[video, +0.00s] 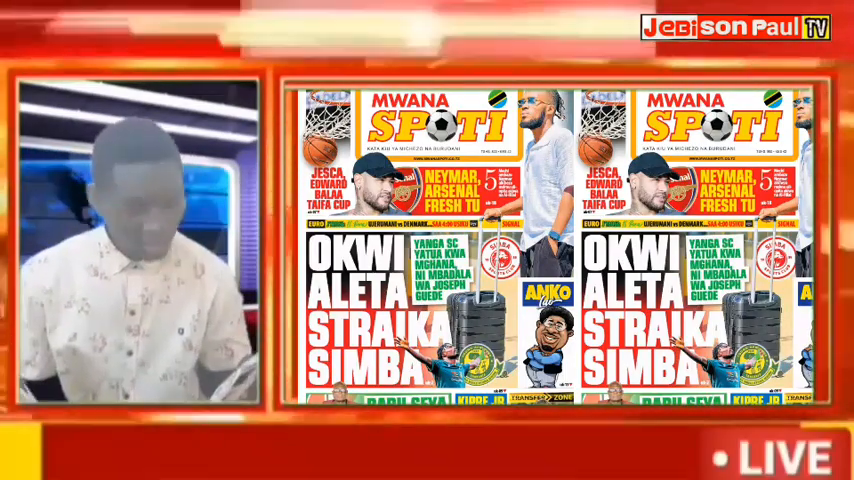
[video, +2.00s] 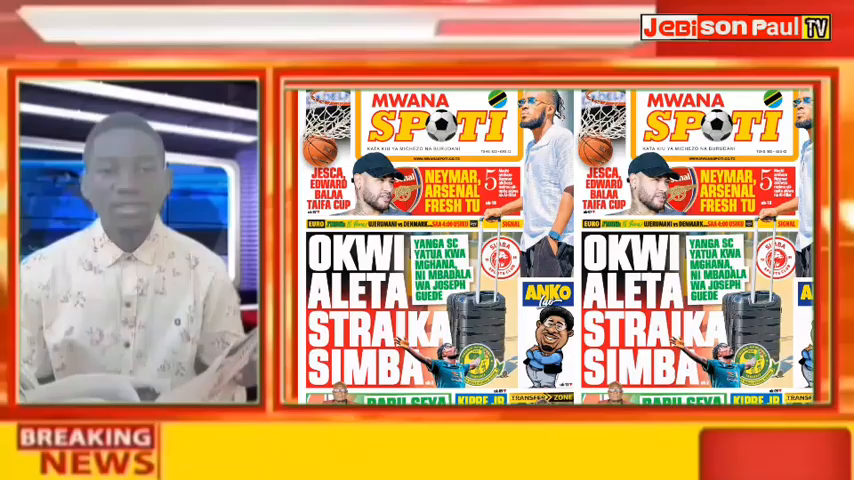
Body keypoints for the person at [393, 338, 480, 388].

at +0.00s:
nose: (453, 348)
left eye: (453, 347)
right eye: (449, 347)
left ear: (455, 351)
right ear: (443, 354)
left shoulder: (462, 367)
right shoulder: (438, 365)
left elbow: (474, 365)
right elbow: (423, 359)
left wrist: (478, 360)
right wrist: (408, 348)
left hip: (461, 402)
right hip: (444, 403)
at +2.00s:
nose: (453, 348)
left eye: (453, 347)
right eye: (449, 348)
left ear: (456, 352)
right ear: (443, 354)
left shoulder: (462, 367)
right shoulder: (439, 365)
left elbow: (474, 365)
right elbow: (423, 359)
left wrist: (478, 360)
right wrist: (408, 348)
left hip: (461, 402)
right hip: (445, 403)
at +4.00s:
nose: (453, 348)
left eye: (453, 347)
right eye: (449, 347)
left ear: (456, 352)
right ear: (443, 354)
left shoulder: (462, 367)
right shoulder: (439, 365)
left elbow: (474, 365)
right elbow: (423, 359)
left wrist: (478, 360)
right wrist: (408, 348)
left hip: (461, 402)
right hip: (445, 403)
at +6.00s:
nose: (453, 348)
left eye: (453, 347)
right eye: (449, 347)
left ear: (455, 351)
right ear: (443, 354)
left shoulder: (462, 367)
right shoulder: (439, 365)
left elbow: (474, 365)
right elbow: (423, 359)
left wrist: (478, 361)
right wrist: (408, 348)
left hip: (461, 402)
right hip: (444, 403)